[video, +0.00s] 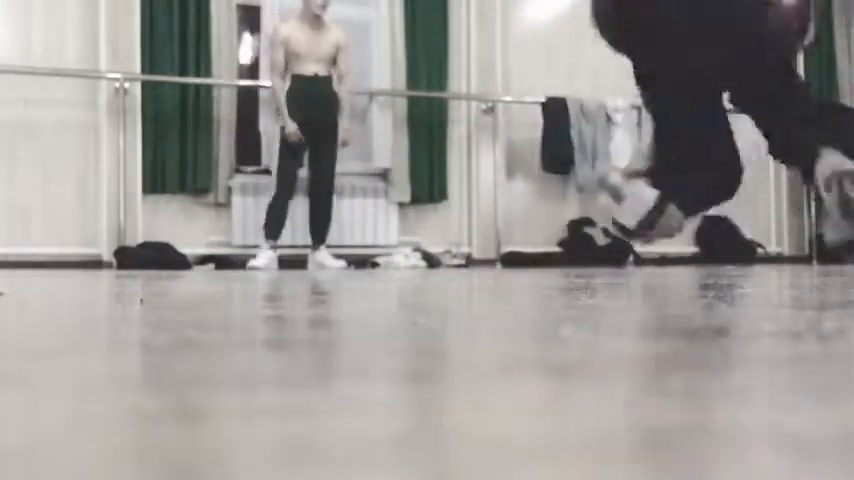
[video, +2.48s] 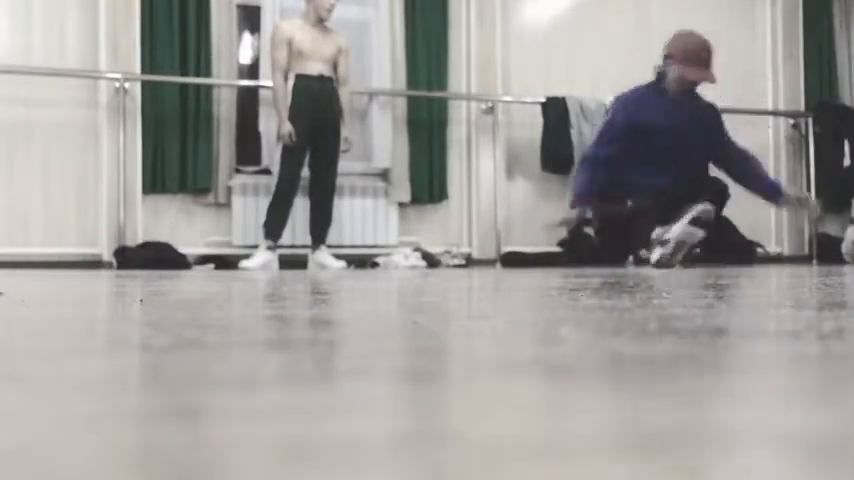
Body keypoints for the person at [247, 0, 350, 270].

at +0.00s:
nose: (321, 4)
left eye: (325, 1)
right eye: (317, 0)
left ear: (328, 4)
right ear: (306, 1)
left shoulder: (336, 34)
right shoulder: (285, 31)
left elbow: (342, 81)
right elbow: (277, 79)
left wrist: (344, 123)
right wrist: (286, 120)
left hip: (326, 95)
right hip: (295, 93)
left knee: (323, 179)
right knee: (286, 179)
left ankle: (318, 250)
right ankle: (269, 248)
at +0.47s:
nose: (328, 4)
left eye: (331, 1)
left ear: (332, 6)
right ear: (310, 1)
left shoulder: (338, 40)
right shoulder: (285, 31)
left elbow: (345, 86)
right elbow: (276, 78)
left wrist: (349, 129)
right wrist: (276, 123)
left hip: (328, 102)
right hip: (298, 100)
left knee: (325, 181)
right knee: (288, 179)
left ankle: (319, 251)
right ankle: (268, 249)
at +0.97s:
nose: (331, 5)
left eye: (333, 2)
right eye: (326, 0)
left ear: (332, 7)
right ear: (311, 1)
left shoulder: (338, 40)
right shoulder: (286, 30)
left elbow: (344, 84)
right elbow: (279, 75)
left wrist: (349, 124)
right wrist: (283, 116)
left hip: (329, 99)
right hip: (299, 96)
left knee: (325, 179)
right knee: (289, 176)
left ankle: (319, 251)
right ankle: (268, 249)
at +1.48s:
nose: (331, 5)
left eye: (334, 2)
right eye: (327, 0)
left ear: (331, 7)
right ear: (312, 1)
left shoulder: (337, 40)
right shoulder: (286, 30)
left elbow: (344, 84)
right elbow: (279, 76)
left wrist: (346, 125)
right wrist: (283, 120)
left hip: (329, 100)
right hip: (300, 97)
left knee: (325, 179)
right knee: (289, 177)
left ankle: (319, 250)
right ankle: (268, 249)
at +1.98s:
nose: (331, 5)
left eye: (333, 2)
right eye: (327, 1)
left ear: (331, 7)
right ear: (311, 2)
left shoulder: (337, 40)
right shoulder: (286, 29)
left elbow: (343, 84)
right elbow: (279, 76)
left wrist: (347, 126)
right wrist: (283, 119)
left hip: (329, 100)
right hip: (299, 98)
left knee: (325, 180)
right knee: (288, 178)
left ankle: (319, 250)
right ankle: (268, 248)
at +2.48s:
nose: (331, 6)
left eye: (333, 2)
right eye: (326, 1)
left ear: (331, 7)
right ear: (311, 2)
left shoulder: (337, 40)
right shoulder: (286, 30)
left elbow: (343, 84)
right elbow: (279, 76)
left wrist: (345, 127)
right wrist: (283, 119)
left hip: (329, 100)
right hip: (299, 97)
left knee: (324, 180)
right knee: (288, 177)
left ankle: (319, 250)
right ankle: (268, 248)